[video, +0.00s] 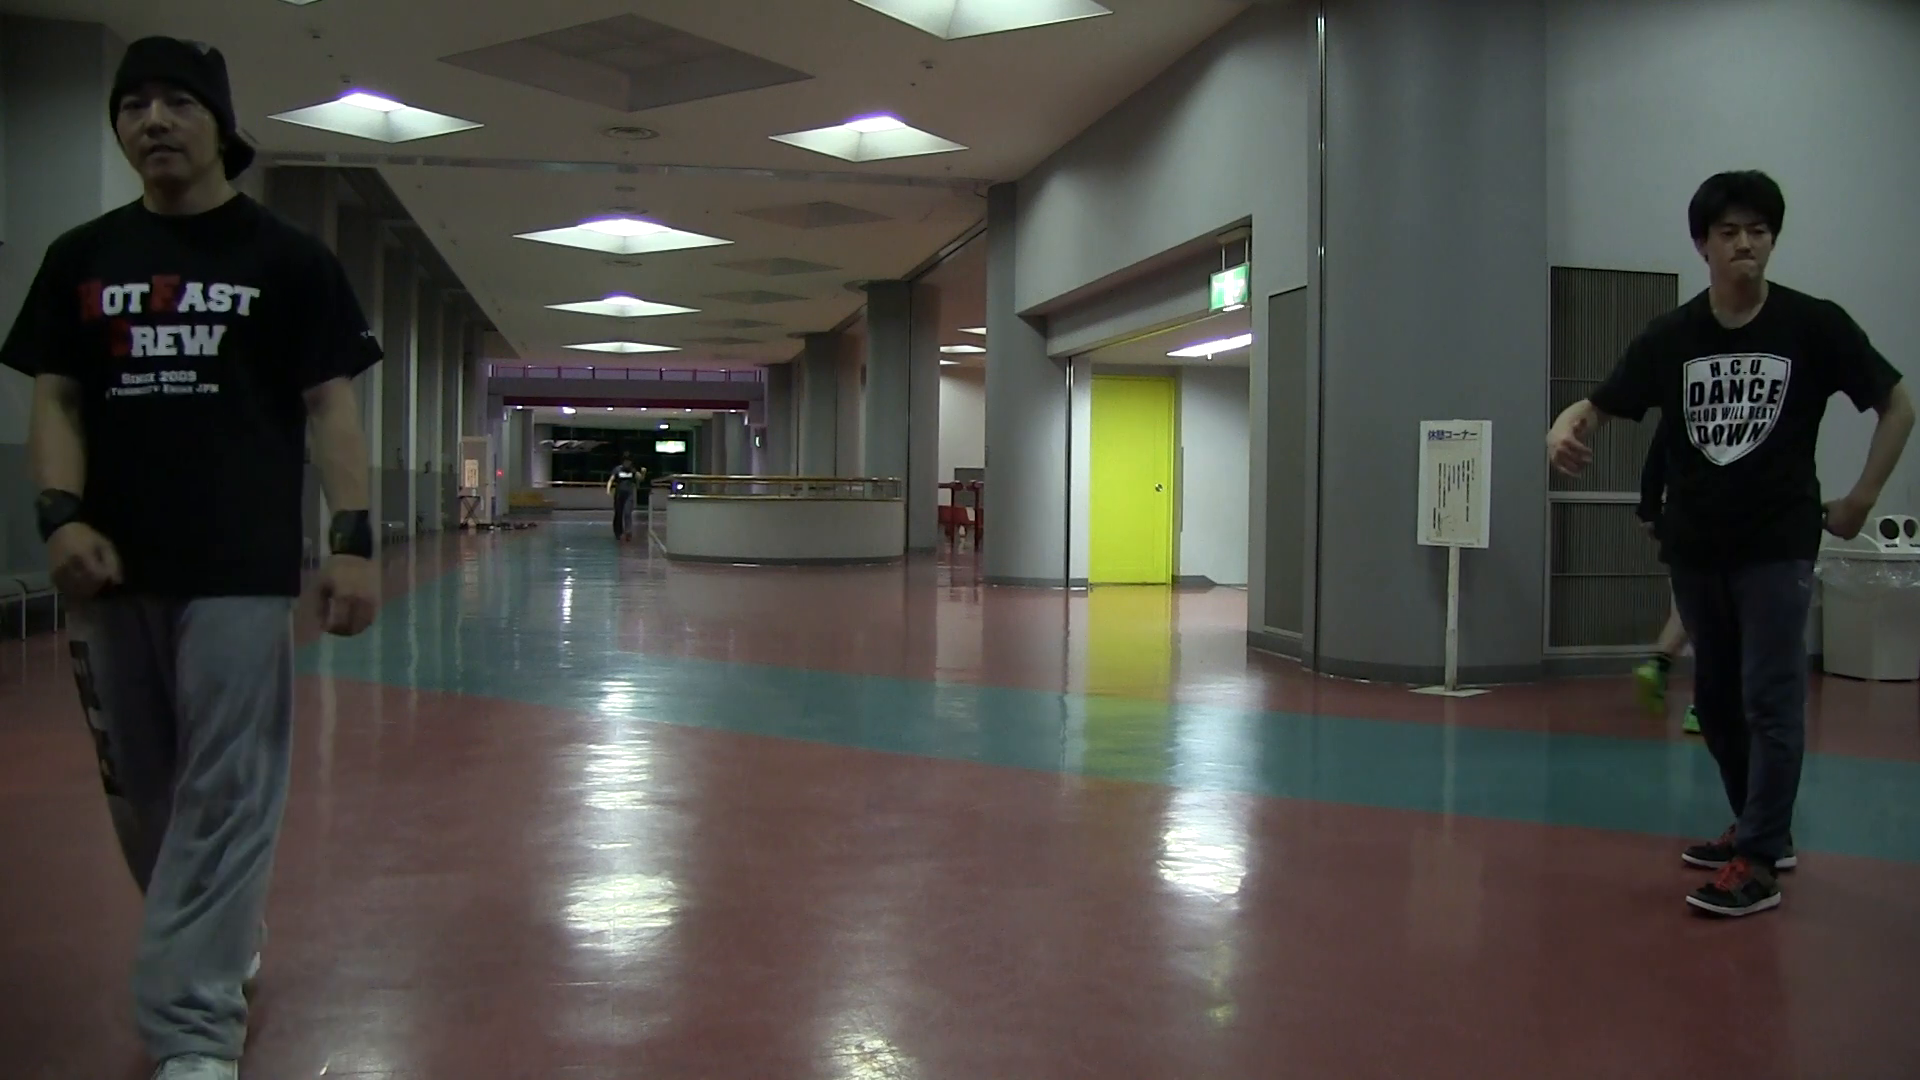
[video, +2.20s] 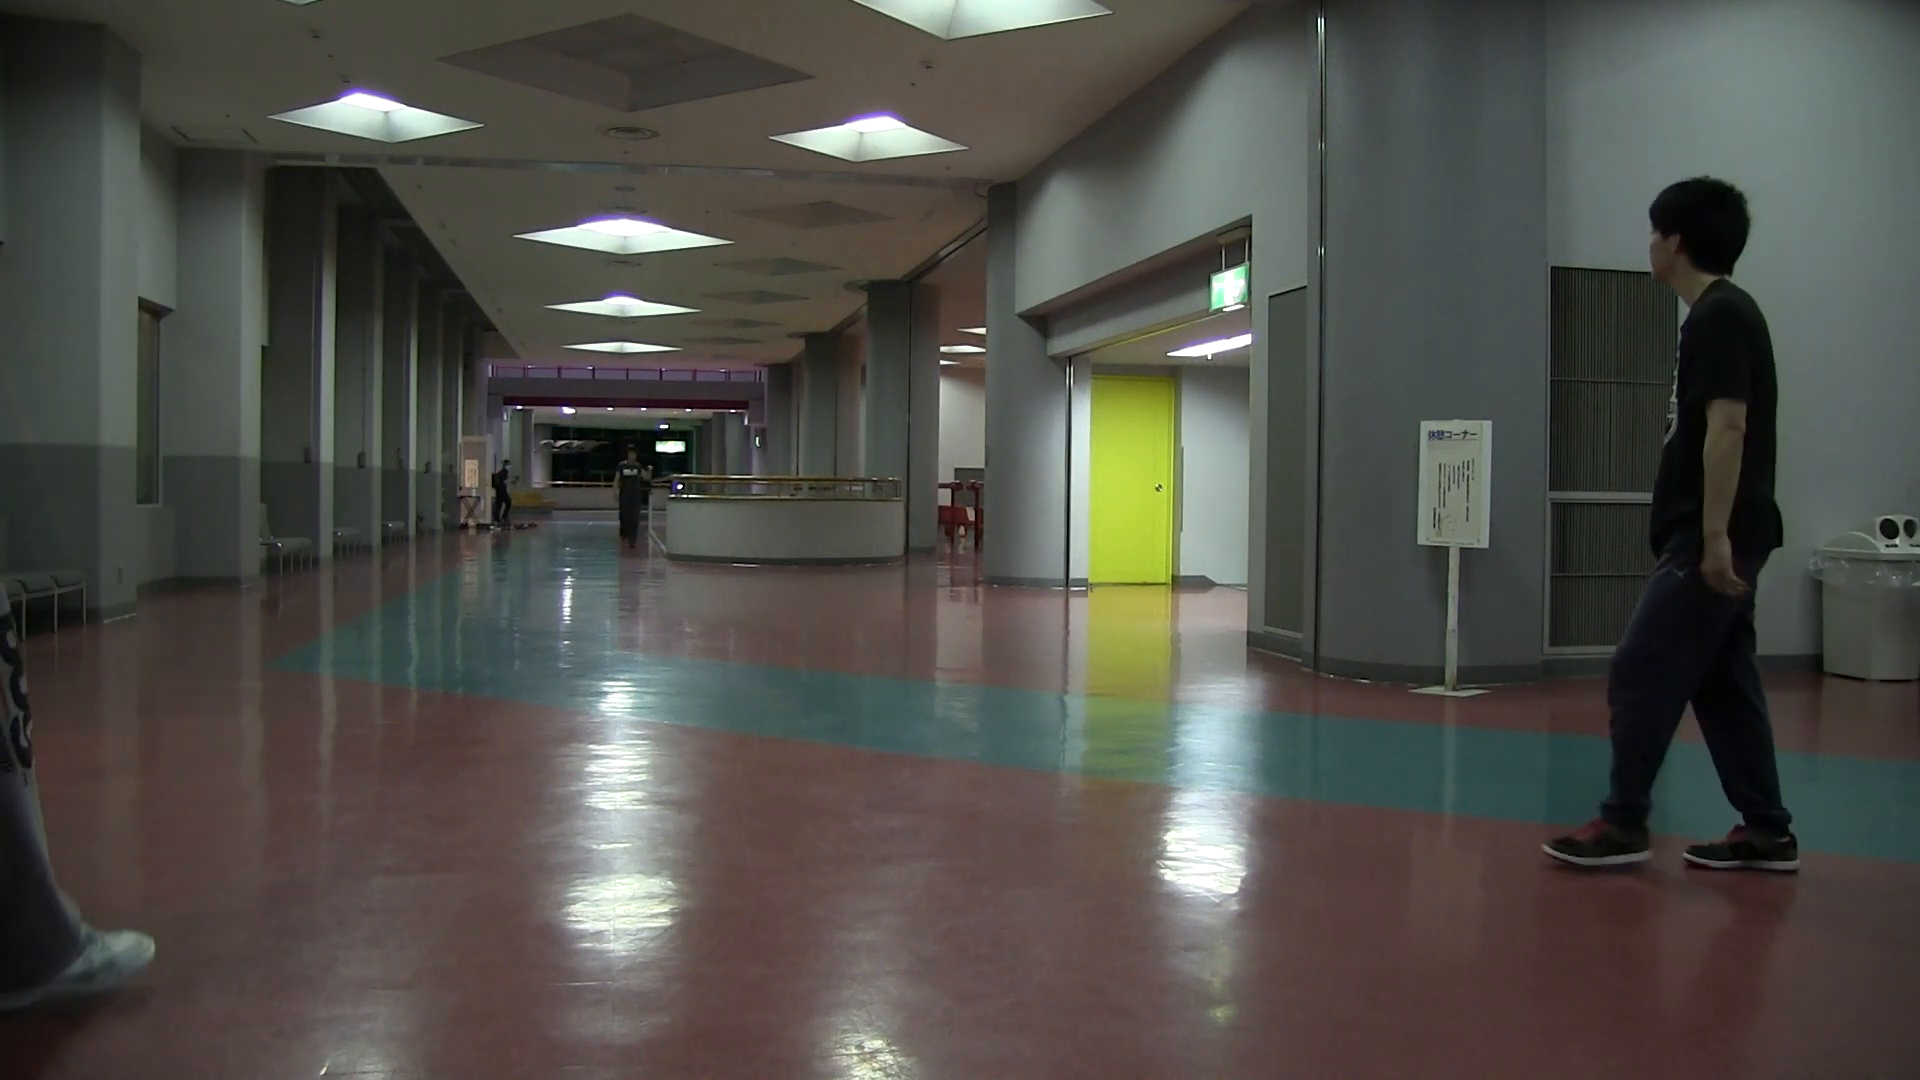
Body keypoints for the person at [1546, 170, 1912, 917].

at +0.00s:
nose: (1745, 242)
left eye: (1758, 230)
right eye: (1729, 230)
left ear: (1774, 241)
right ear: (1702, 243)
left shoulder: (1815, 326)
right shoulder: (1668, 337)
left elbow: (1897, 404)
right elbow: (1598, 406)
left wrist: (1862, 498)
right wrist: (1564, 428)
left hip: (1779, 542)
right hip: (1697, 546)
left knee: (1769, 697)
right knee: (1716, 699)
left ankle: (1758, 865)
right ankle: (1757, 828)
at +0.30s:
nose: (1727, 260)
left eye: (1740, 246)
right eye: (1712, 249)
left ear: (1762, 253)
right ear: (1690, 260)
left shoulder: (1807, 337)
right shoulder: (1668, 353)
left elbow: (1866, 436)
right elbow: (1648, 450)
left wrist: (1787, 475)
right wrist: (1631, 508)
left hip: (1793, 552)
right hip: (1707, 555)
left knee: (1788, 703)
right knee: (1677, 702)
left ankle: (1765, 865)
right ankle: (1736, 811)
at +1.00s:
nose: (1679, 291)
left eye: (1691, 274)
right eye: (1667, 280)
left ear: (1728, 272)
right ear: (1658, 287)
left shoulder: (1790, 342)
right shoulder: (1663, 375)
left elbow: (1795, 457)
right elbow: (1679, 472)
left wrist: (1689, 465)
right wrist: (1649, 505)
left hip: (1784, 551)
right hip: (1705, 554)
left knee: (1752, 690)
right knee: (1704, 696)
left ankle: (1757, 862)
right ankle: (1742, 824)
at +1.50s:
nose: (1643, 282)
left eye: (1656, 267)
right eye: (1639, 269)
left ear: (1704, 269)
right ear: (1643, 277)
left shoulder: (1767, 339)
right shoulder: (1662, 369)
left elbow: (1771, 458)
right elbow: (1678, 478)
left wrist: (1690, 538)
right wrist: (1672, 548)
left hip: (1798, 544)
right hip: (1722, 548)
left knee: (1764, 691)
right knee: (1676, 694)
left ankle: (1757, 864)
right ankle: (1716, 812)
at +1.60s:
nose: (1633, 268)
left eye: (1643, 254)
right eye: (1634, 254)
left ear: (1686, 261)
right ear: (1677, 264)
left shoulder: (1757, 334)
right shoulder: (1671, 357)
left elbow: (1771, 457)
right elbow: (1689, 464)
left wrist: (1761, 565)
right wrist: (1669, 554)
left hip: (1782, 552)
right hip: (1712, 550)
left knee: (1762, 704)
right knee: (1674, 696)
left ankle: (1756, 863)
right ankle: (1737, 812)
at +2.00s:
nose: (1654, 251)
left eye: (1658, 238)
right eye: (1656, 237)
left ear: (1681, 245)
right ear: (1715, 247)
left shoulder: (1730, 320)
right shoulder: (1727, 316)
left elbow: (1749, 432)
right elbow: (1735, 434)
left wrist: (1766, 539)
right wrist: (1707, 533)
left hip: (1718, 542)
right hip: (1719, 538)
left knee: (1654, 671)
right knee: (1723, 680)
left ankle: (1702, 832)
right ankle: (1766, 832)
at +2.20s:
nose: (1649, 245)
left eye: (1654, 232)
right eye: (1653, 232)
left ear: (1676, 241)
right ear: (1708, 242)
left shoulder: (1721, 317)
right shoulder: (1717, 315)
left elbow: (1727, 429)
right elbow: (1717, 432)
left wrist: (1716, 536)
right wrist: (1697, 531)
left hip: (1710, 542)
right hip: (1715, 540)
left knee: (1639, 674)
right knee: (1726, 689)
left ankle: (1623, 824)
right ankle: (1766, 830)